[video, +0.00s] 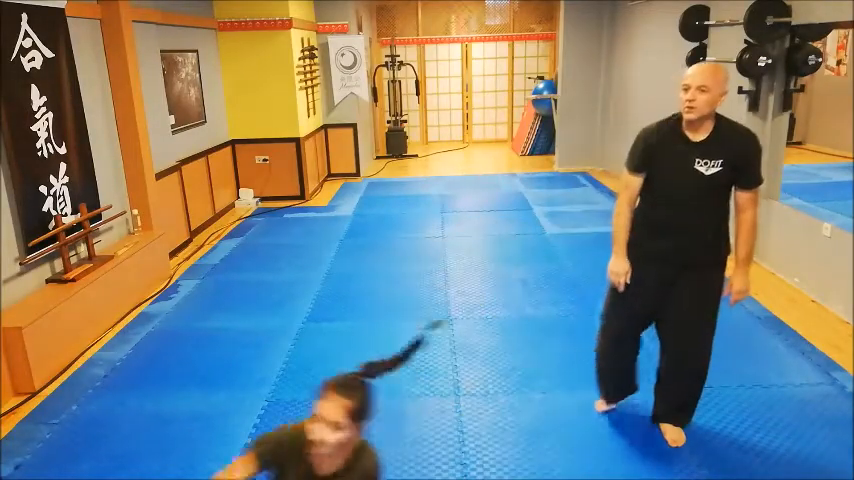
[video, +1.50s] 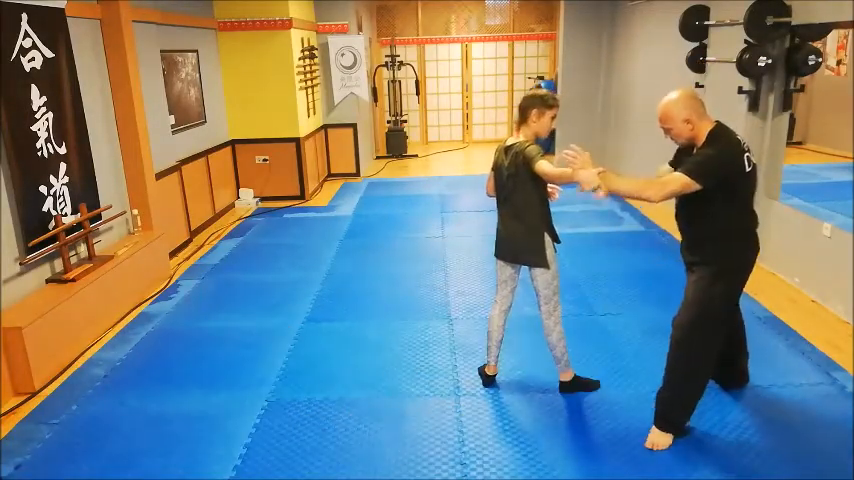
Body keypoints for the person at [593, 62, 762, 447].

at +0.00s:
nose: (690, 97)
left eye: (701, 91)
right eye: (686, 89)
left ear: (720, 97)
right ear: (679, 91)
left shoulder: (741, 145)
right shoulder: (652, 138)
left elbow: (746, 209)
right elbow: (626, 199)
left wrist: (742, 268)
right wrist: (618, 254)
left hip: (700, 267)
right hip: (644, 259)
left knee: (688, 348)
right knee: (615, 332)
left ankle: (671, 416)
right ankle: (614, 388)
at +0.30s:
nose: (696, 90)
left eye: (707, 85)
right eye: (693, 84)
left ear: (726, 92)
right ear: (687, 89)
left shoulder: (749, 140)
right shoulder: (665, 133)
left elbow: (756, 205)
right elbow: (642, 190)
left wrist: (747, 258)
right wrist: (627, 240)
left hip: (706, 260)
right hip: (654, 251)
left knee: (690, 341)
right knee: (646, 326)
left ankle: (672, 415)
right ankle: (677, 380)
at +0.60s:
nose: (671, 131)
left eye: (672, 124)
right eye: (669, 125)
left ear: (693, 116)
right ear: (695, 116)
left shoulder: (719, 151)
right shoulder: (721, 136)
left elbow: (657, 186)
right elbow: (713, 198)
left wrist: (603, 173)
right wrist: (688, 237)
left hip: (724, 258)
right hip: (728, 247)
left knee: (694, 332)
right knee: (726, 313)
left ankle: (676, 422)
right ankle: (732, 372)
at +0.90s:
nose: (669, 133)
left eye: (671, 125)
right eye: (667, 126)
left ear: (691, 117)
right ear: (691, 117)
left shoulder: (717, 150)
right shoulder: (717, 138)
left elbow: (656, 187)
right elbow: (708, 197)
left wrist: (600, 176)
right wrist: (687, 236)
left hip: (724, 257)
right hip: (723, 248)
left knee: (694, 331)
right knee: (726, 313)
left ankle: (676, 422)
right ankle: (732, 373)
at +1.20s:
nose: (669, 133)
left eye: (670, 125)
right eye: (667, 126)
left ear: (690, 117)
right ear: (691, 117)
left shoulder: (717, 150)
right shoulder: (717, 138)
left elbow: (658, 188)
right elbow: (688, 200)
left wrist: (603, 177)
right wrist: (646, 223)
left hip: (722, 258)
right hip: (719, 249)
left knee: (693, 331)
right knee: (726, 313)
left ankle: (676, 422)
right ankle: (733, 373)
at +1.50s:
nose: (667, 135)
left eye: (669, 128)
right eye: (665, 129)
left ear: (691, 121)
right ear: (690, 121)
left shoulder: (719, 153)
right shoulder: (699, 145)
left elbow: (658, 192)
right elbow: (656, 185)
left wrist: (602, 180)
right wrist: (605, 179)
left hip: (724, 260)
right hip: (705, 253)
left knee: (688, 329)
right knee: (722, 312)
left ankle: (668, 421)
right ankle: (731, 372)